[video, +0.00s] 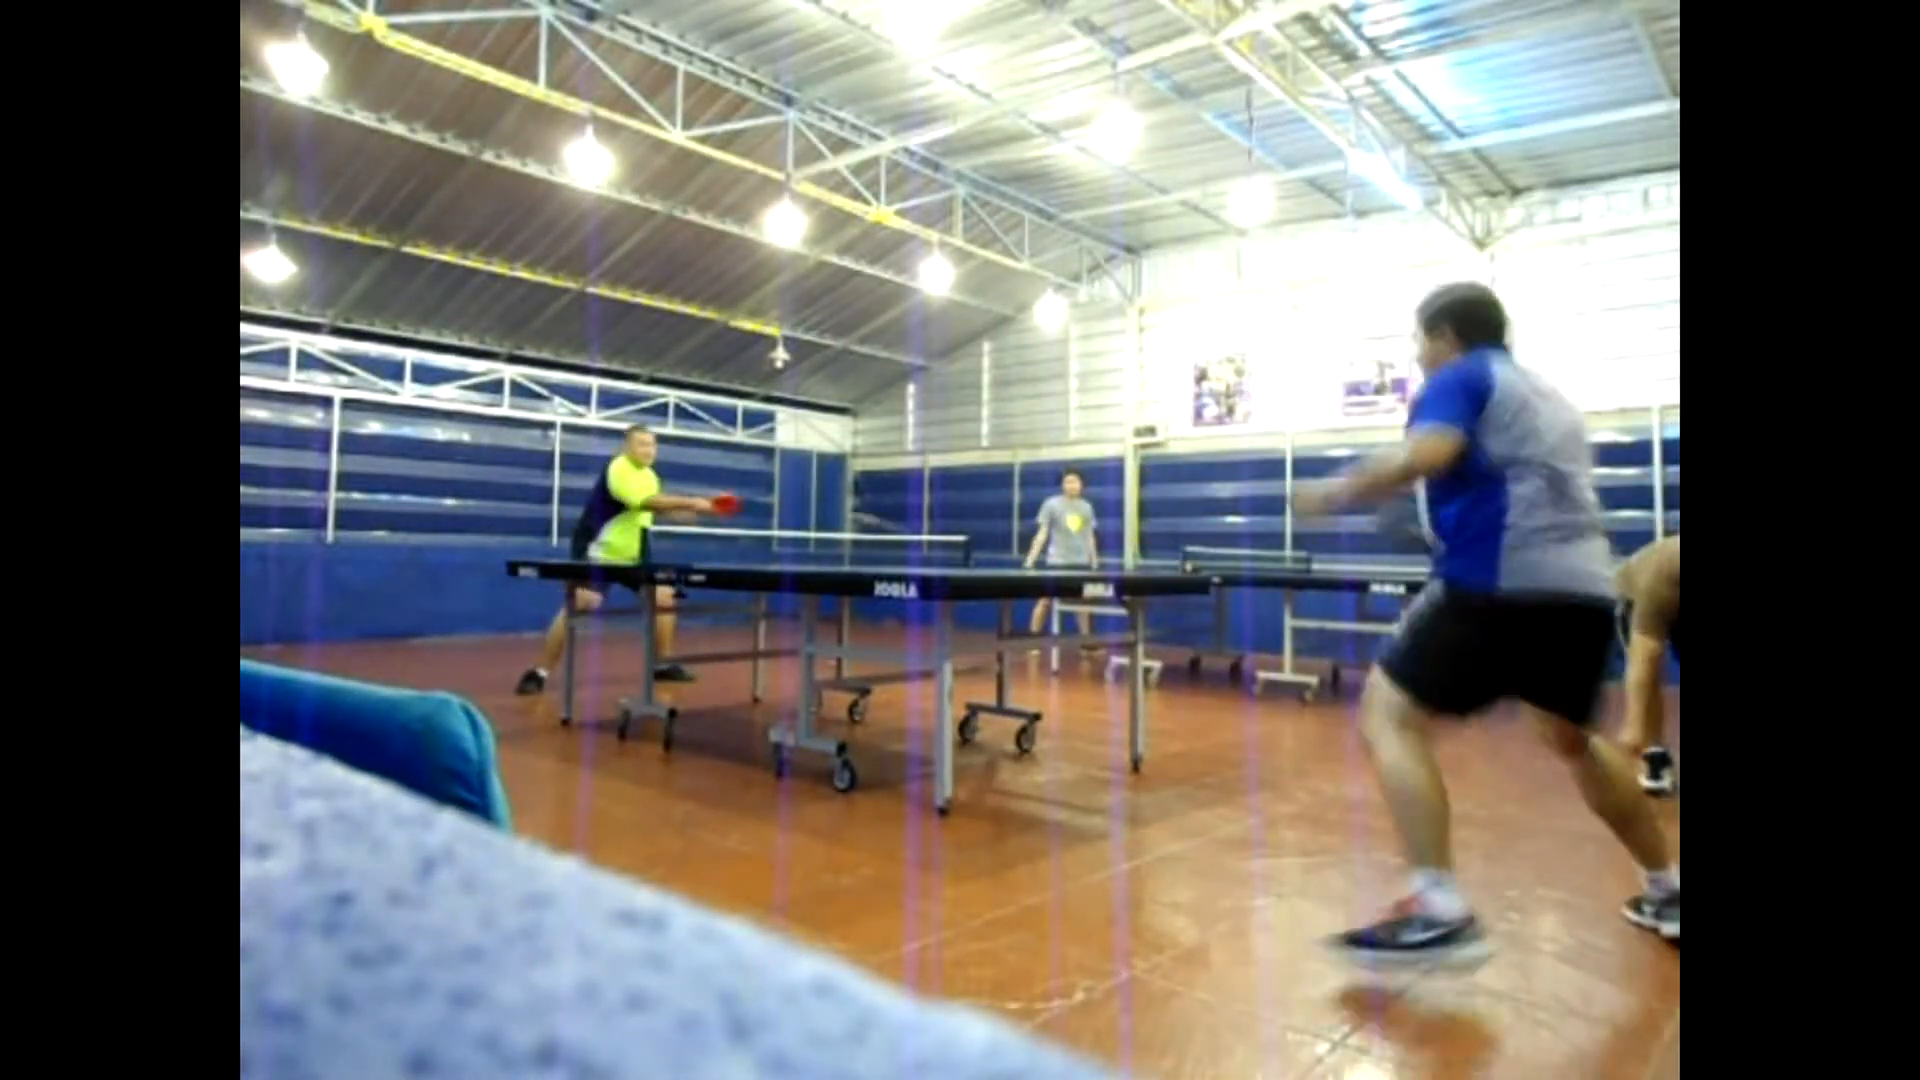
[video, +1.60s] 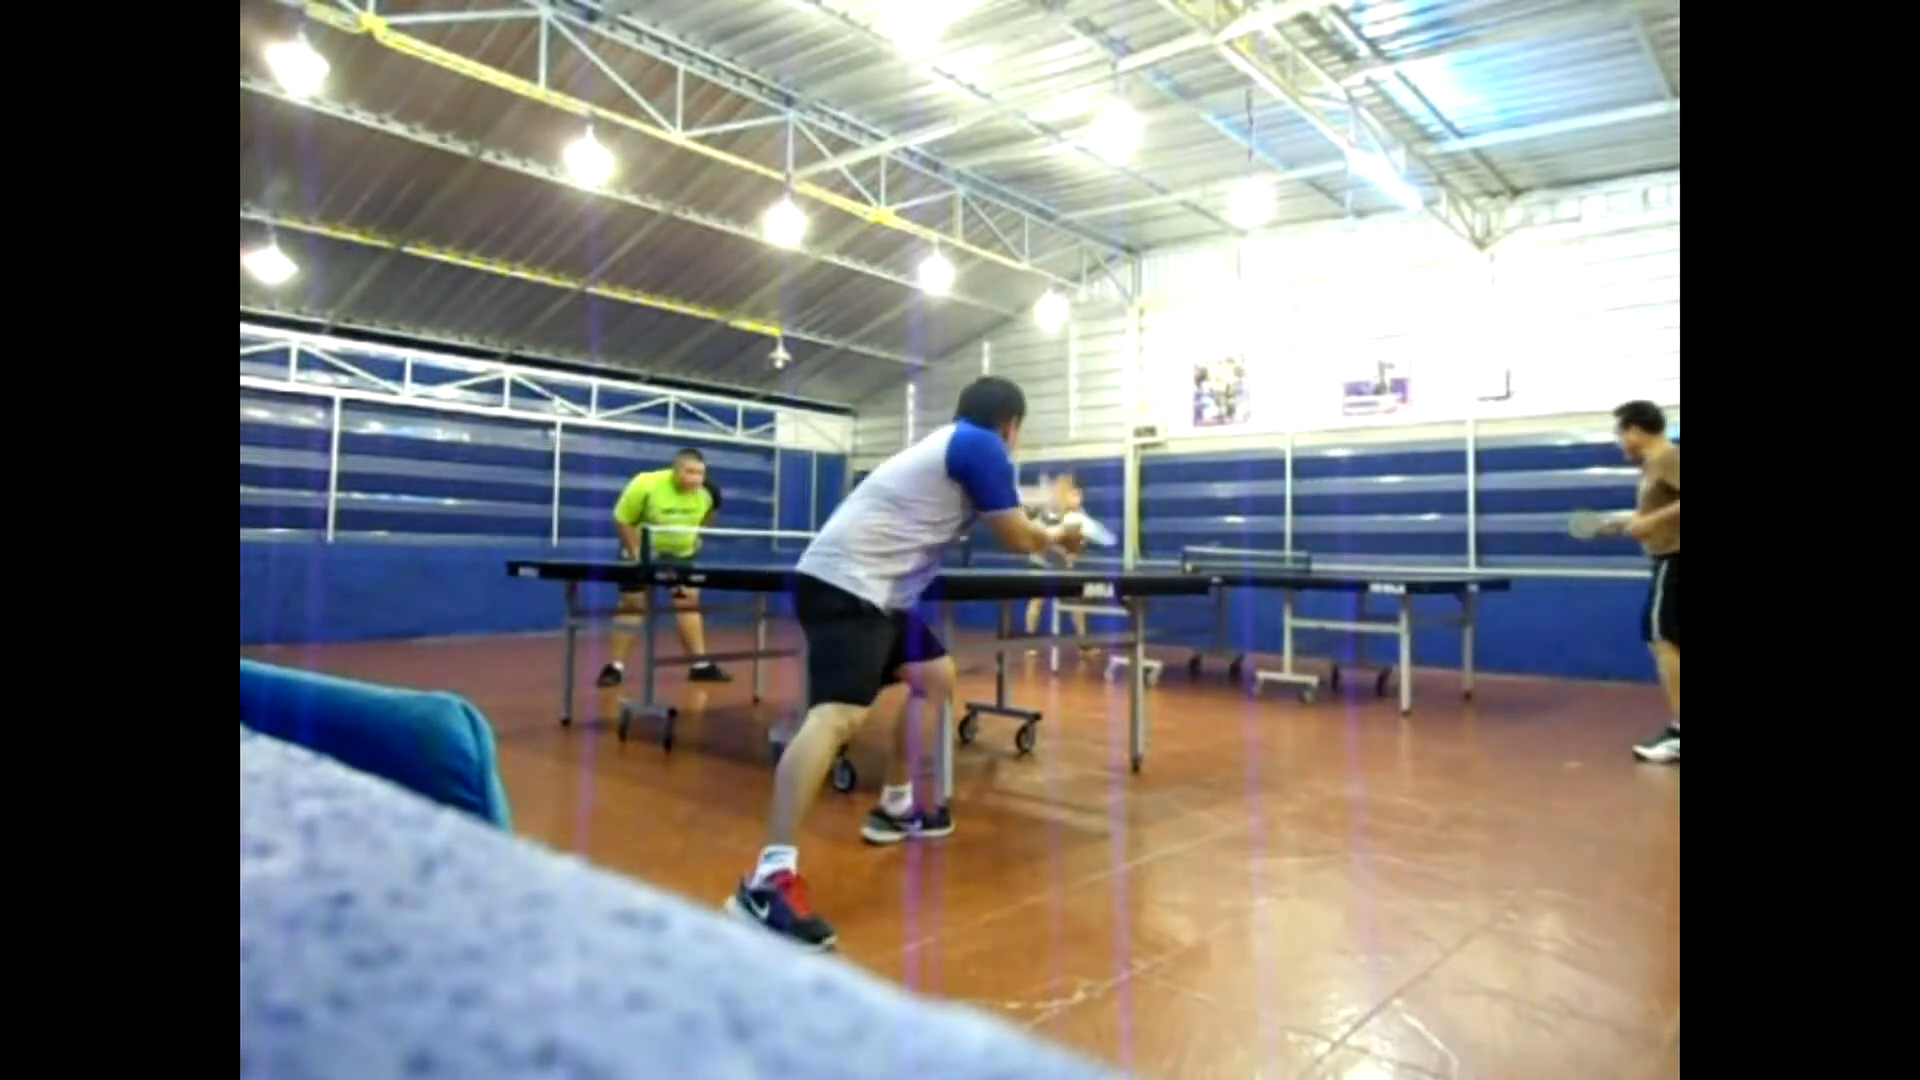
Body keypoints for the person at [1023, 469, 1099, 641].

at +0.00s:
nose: (1072, 486)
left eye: (1075, 482)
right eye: (1068, 482)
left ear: (1081, 485)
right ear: (1062, 485)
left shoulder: (1086, 507)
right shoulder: (1052, 505)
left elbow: (1090, 536)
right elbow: (1042, 533)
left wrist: (1094, 560)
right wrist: (1030, 560)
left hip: (1081, 561)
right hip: (1057, 561)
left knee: (1082, 602)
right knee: (1045, 600)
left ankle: (1086, 639)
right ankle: (1033, 638)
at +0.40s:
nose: (1073, 487)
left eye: (1076, 483)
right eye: (1069, 482)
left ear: (1081, 486)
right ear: (1063, 485)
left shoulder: (1085, 507)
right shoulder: (1051, 505)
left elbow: (1089, 535)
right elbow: (1046, 534)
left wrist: (1093, 559)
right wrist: (1055, 558)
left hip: (1082, 561)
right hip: (1059, 560)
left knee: (1083, 602)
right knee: (1046, 599)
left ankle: (1086, 638)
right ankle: (1034, 636)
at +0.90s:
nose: (1074, 487)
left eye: (1077, 483)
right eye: (1070, 483)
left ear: (1082, 487)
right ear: (1063, 485)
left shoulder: (1084, 508)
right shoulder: (1051, 504)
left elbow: (1086, 533)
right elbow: (1043, 532)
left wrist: (1089, 554)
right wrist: (1065, 543)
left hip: (1080, 560)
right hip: (1056, 560)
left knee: (1083, 600)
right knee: (1046, 598)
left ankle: (1085, 638)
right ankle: (1034, 635)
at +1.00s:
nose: (1086, 490)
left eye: (1089, 486)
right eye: (1083, 485)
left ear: (1092, 489)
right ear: (1075, 487)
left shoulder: (1086, 507)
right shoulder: (1063, 504)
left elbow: (1085, 531)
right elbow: (1065, 522)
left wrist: (1087, 553)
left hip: (1077, 558)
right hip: (1057, 557)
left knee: (1081, 599)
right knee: (1049, 597)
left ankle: (1086, 636)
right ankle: (1037, 633)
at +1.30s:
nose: (1083, 490)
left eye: (1085, 486)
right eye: (1079, 486)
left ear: (1088, 490)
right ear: (1071, 488)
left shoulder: (1085, 509)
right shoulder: (1057, 505)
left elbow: (1087, 532)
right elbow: (1045, 526)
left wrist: (1083, 553)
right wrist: (1065, 530)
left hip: (1076, 558)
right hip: (1053, 557)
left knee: (1084, 599)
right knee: (1043, 597)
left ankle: (1087, 637)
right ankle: (1031, 634)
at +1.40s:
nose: (1078, 492)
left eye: (1081, 488)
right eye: (1075, 487)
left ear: (1084, 492)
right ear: (1067, 489)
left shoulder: (1082, 509)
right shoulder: (1053, 506)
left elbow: (1084, 531)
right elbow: (1039, 529)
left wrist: (1076, 552)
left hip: (1069, 558)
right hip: (1048, 558)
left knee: (1078, 599)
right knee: (1039, 597)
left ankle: (1085, 637)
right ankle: (1030, 634)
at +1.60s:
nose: (1076, 495)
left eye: (1075, 489)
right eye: (1069, 489)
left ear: (1077, 494)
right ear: (1053, 492)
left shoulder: (1076, 517)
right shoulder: (1041, 517)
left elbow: (1081, 542)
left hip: (1068, 566)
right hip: (1042, 564)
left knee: (1076, 601)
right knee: (1037, 598)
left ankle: (1082, 638)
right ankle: (1030, 634)